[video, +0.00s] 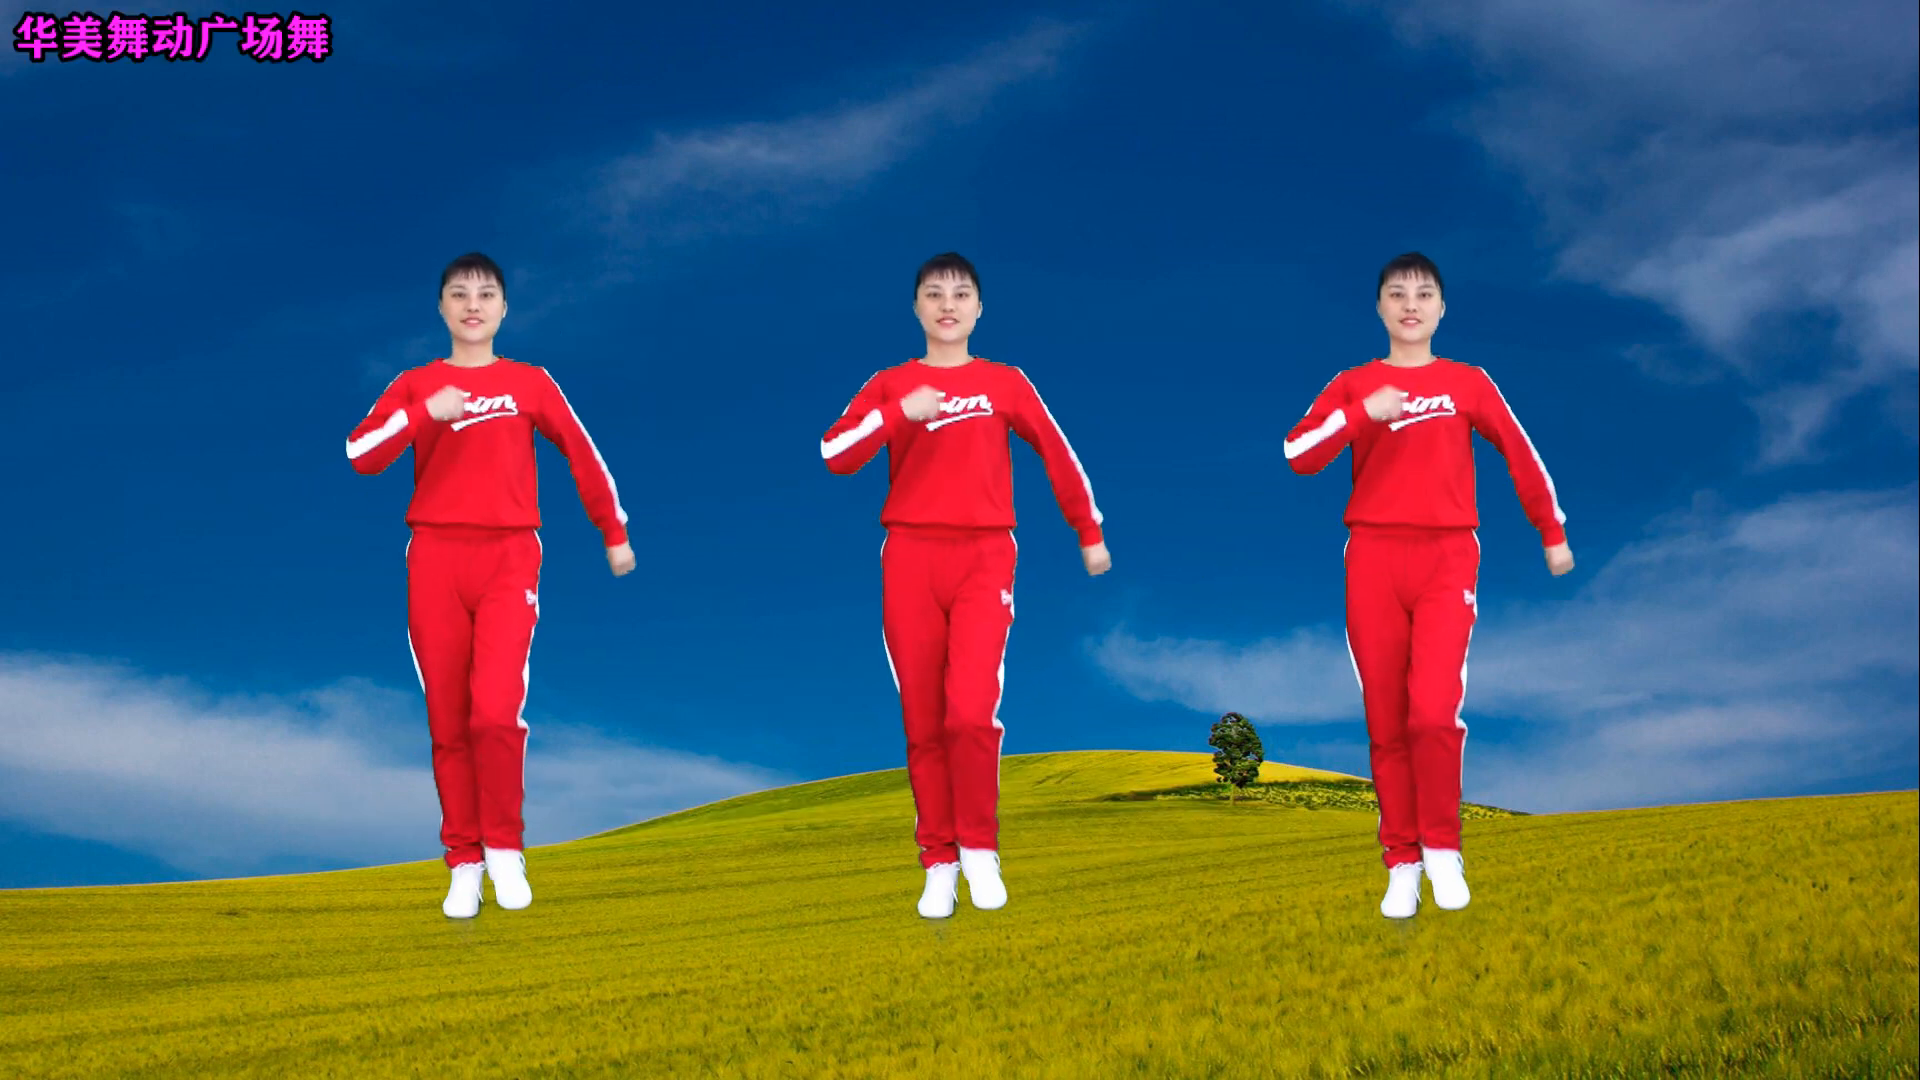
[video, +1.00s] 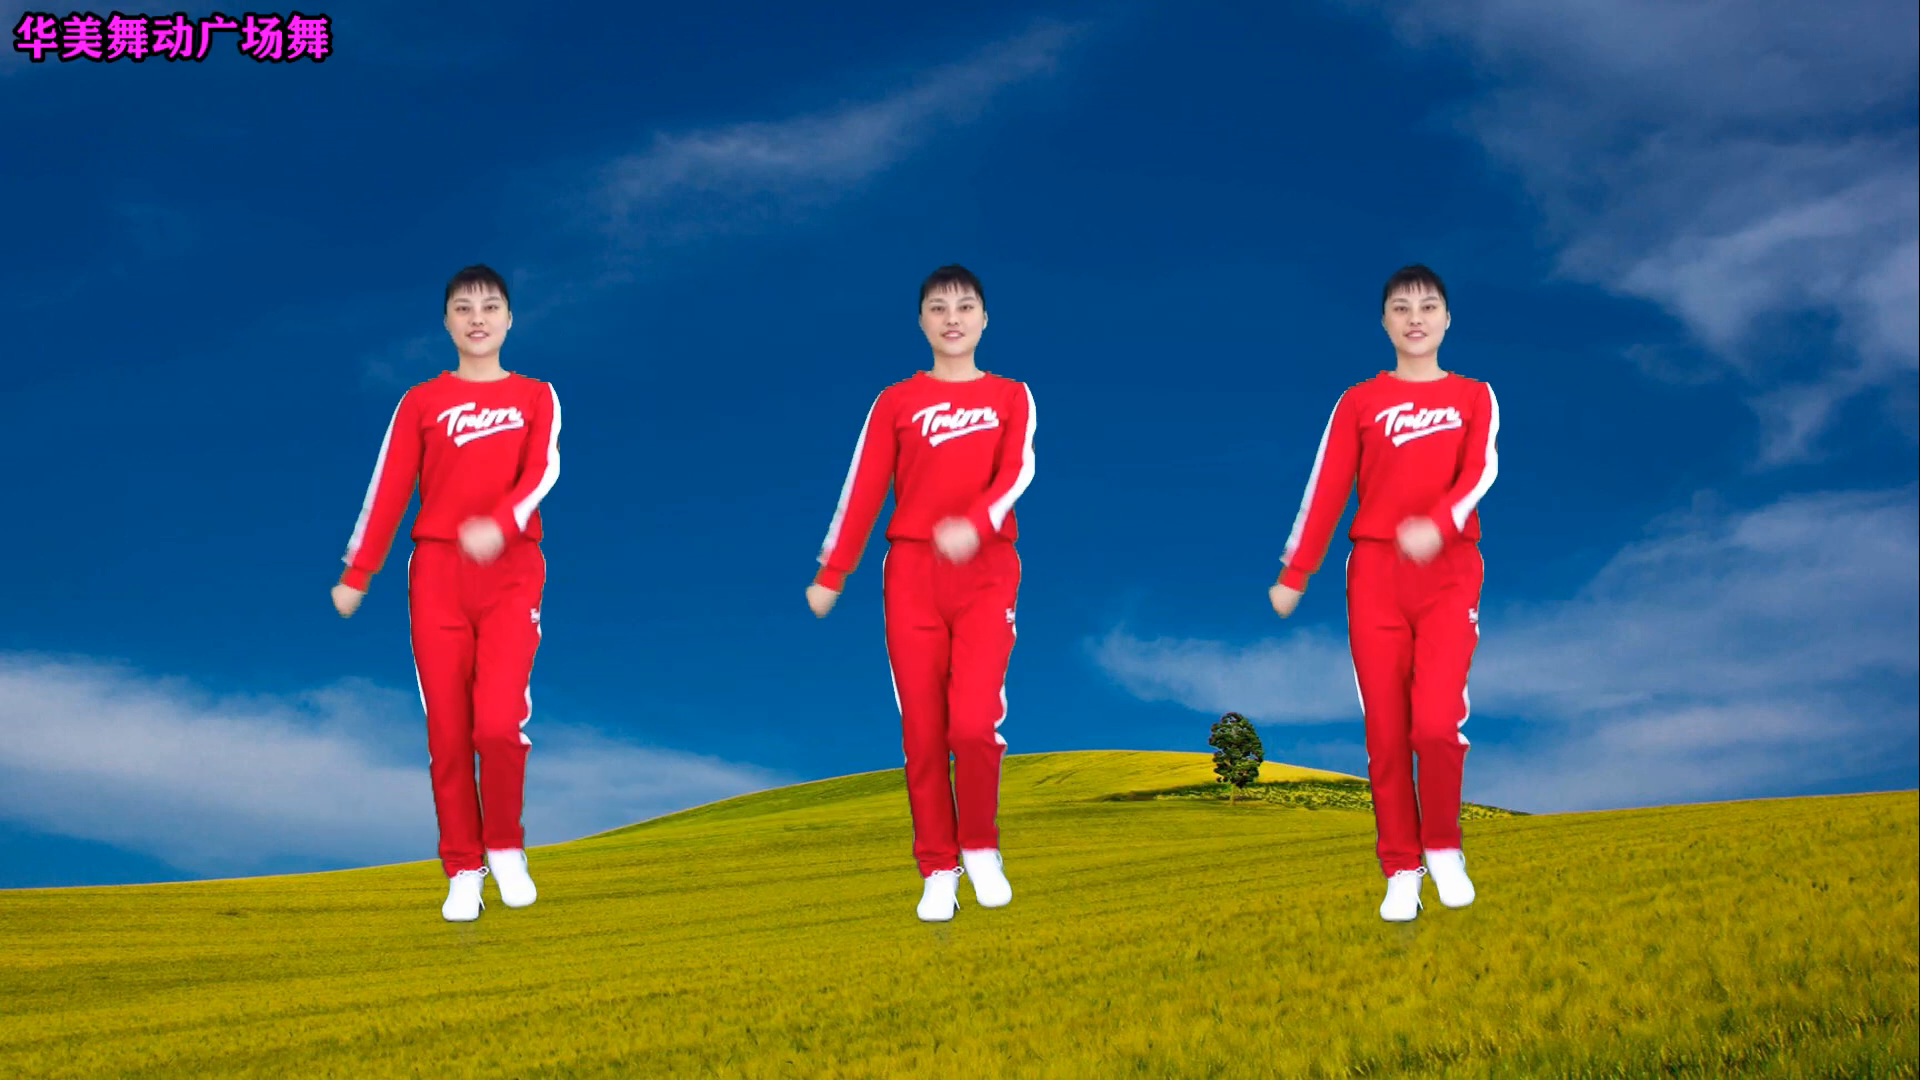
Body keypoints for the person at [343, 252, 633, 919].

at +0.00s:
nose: (473, 305)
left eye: (485, 295)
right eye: (461, 295)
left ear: (503, 307)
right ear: (443, 309)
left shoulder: (531, 383)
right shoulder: (413, 385)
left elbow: (584, 454)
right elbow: (361, 455)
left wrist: (615, 534)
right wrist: (422, 414)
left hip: (510, 561)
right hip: (434, 560)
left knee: (496, 713)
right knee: (447, 720)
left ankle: (504, 850)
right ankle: (463, 860)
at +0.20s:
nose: (478, 312)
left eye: (490, 302)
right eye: (465, 302)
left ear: (508, 314)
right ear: (448, 316)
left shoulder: (538, 388)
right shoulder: (422, 394)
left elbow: (597, 457)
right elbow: (390, 483)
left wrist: (650, 525)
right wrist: (437, 451)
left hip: (521, 568)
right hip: (445, 569)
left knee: (512, 730)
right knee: (453, 731)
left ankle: (509, 868)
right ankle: (465, 863)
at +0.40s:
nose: (483, 328)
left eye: (495, 316)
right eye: (470, 318)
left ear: (513, 327)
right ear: (453, 330)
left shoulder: (544, 407)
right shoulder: (428, 412)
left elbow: (565, 500)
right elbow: (421, 507)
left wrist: (577, 587)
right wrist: (423, 592)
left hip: (535, 580)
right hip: (461, 583)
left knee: (531, 732)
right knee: (484, 709)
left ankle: (510, 869)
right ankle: (475, 812)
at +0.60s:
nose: (484, 305)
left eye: (495, 294)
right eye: (471, 296)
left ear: (514, 303)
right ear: (455, 308)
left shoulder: (546, 381)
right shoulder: (430, 388)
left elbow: (586, 465)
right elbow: (379, 464)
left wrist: (531, 442)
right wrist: (340, 544)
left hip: (534, 556)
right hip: (458, 556)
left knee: (527, 712)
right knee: (485, 705)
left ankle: (514, 861)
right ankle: (475, 827)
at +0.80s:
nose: (482, 316)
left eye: (494, 305)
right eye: (469, 307)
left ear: (513, 315)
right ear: (453, 320)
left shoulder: (544, 395)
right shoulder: (428, 395)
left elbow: (573, 481)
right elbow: (358, 454)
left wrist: (533, 420)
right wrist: (287, 514)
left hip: (530, 566)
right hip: (453, 567)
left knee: (521, 727)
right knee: (461, 732)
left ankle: (509, 868)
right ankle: (465, 869)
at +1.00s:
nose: (478, 318)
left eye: (489, 308)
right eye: (465, 309)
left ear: (508, 319)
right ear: (448, 322)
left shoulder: (536, 396)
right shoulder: (420, 402)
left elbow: (540, 476)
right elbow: (388, 490)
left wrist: (499, 522)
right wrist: (357, 571)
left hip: (511, 577)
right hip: (437, 577)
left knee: (499, 724)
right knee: (446, 731)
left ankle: (504, 849)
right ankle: (462, 867)